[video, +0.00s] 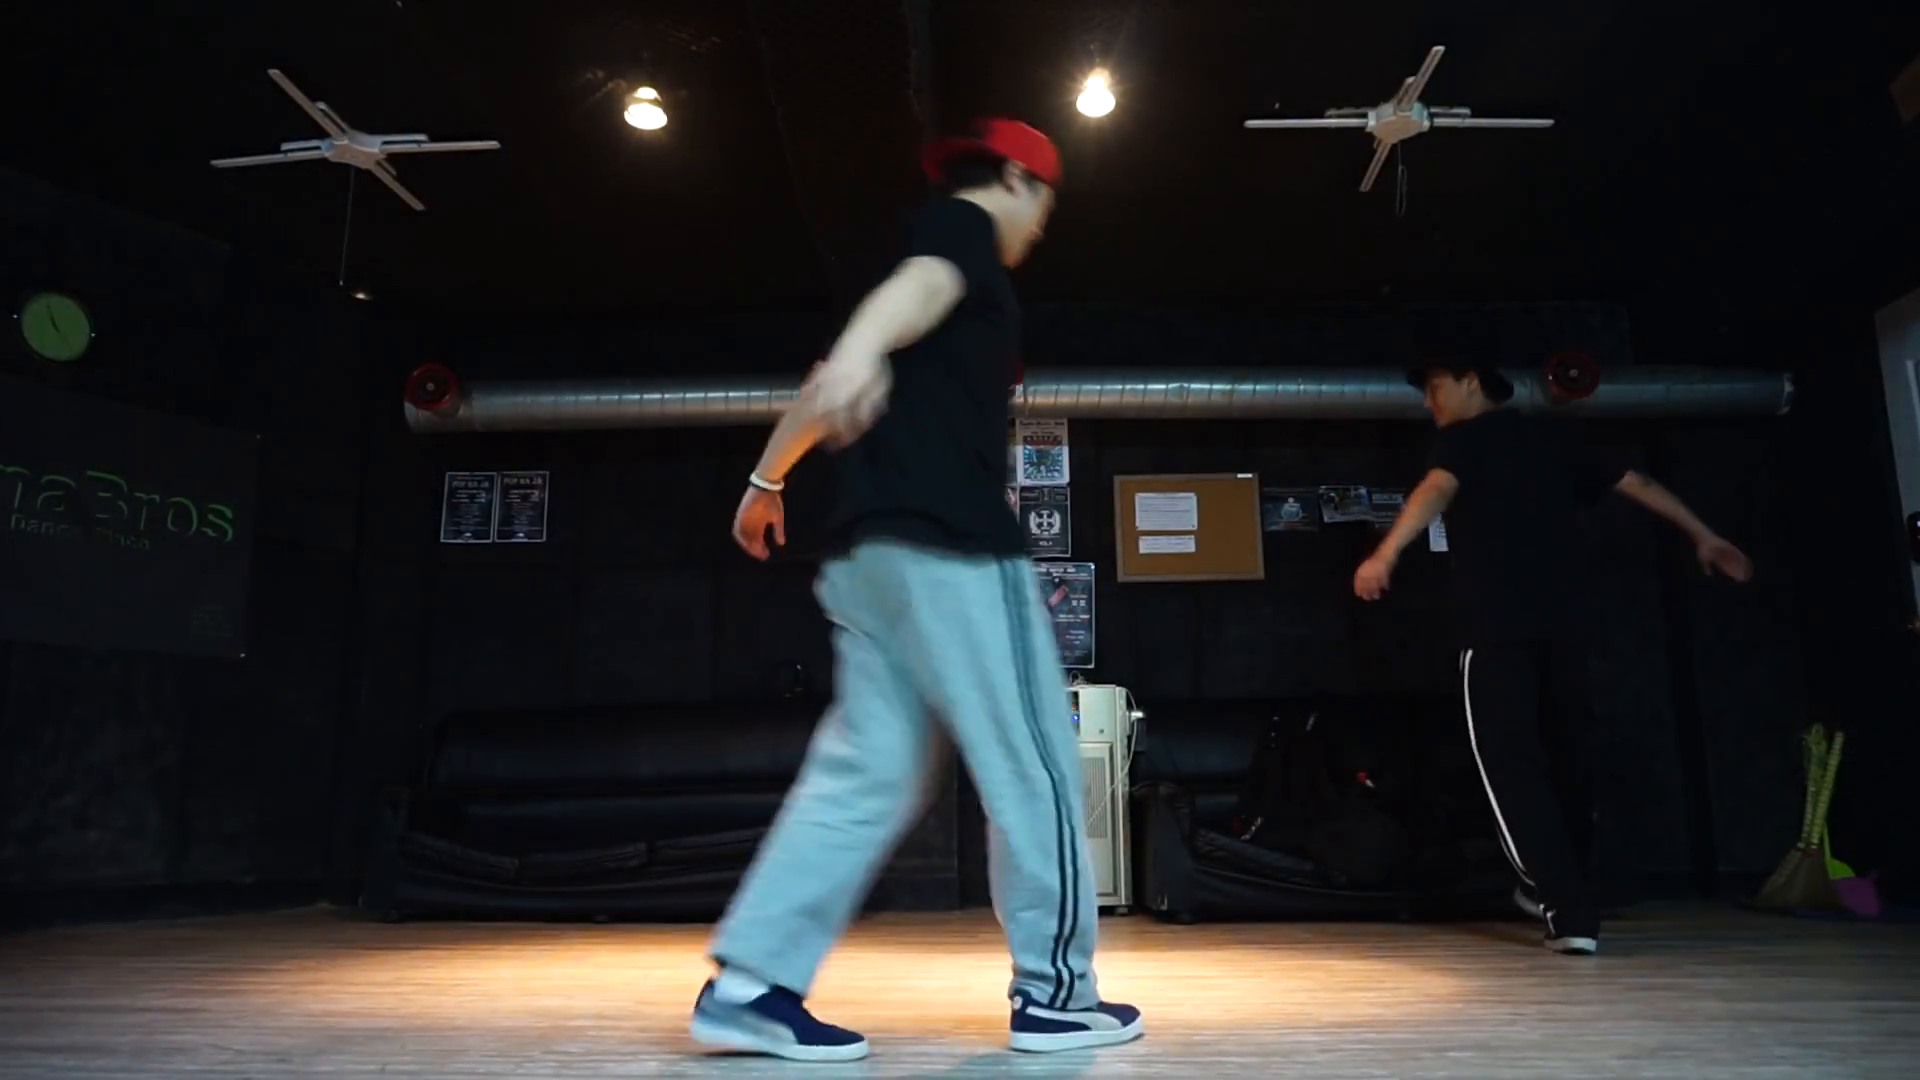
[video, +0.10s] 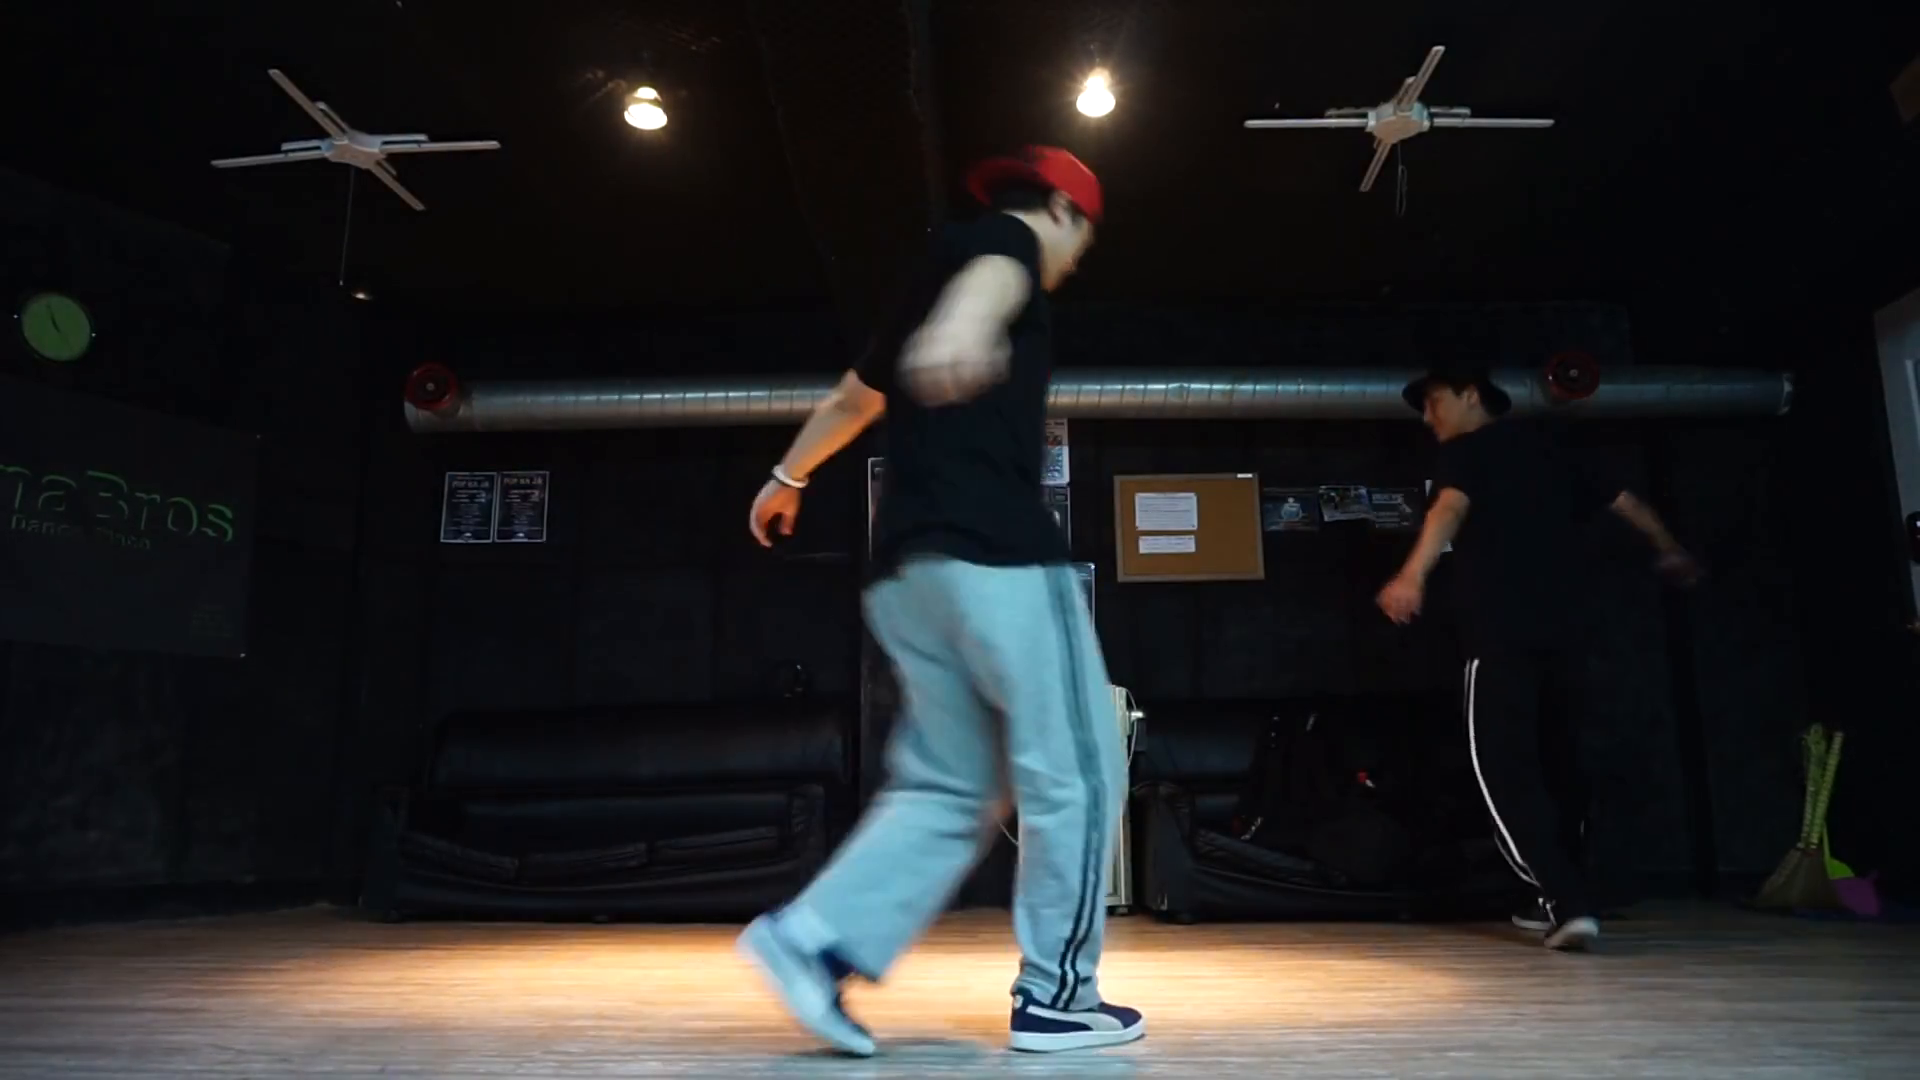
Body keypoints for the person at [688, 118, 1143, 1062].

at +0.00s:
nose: (1038, 223)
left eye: (1043, 205)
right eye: (1039, 202)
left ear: (974, 181)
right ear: (1011, 181)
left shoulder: (927, 257)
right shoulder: (965, 229)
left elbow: (831, 382)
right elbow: (907, 294)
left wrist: (767, 478)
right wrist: (861, 353)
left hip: (872, 555)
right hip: (956, 554)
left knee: (869, 771)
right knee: (1035, 767)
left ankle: (750, 988)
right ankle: (1055, 994)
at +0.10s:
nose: (1080, 252)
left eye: (1084, 237)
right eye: (1081, 232)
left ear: (1003, 204)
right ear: (1055, 208)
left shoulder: (938, 275)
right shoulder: (1013, 252)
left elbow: (858, 395)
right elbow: (974, 303)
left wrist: (789, 475)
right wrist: (960, 340)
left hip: (912, 575)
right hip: (1004, 569)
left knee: (949, 787)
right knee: (1073, 777)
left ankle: (810, 944)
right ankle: (1057, 999)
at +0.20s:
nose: (1100, 258)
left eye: (1102, 248)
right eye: (1099, 246)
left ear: (1019, 219)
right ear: (1078, 228)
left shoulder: (945, 296)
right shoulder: (1043, 257)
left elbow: (885, 417)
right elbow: (1095, 320)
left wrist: (821, 497)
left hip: (943, 580)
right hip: (1036, 569)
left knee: (1008, 772)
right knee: (1106, 782)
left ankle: (903, 901)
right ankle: (1057, 1000)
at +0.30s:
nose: (1106, 256)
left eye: (1102, 245)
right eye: (1104, 244)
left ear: (1016, 228)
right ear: (1086, 229)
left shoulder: (952, 299)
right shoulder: (1073, 264)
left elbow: (929, 430)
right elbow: (1168, 324)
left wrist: (911, 538)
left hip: (962, 570)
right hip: (1058, 561)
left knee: (1033, 754)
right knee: (1112, 778)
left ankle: (986, 897)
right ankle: (1057, 998)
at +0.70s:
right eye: (1096, 259)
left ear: (1023, 276)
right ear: (1098, 261)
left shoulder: (995, 330)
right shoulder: (1148, 304)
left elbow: (1017, 421)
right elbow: (1150, 402)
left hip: (1028, 574)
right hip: (1132, 561)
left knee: (1079, 781)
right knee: (1130, 774)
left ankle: (1135, 961)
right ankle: (1060, 961)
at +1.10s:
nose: (1040, 315)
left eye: (1038, 305)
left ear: (1037, 306)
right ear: (1109, 302)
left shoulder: (1016, 352)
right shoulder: (1170, 359)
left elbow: (975, 444)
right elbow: (1215, 471)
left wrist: (1005, 379)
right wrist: (1278, 567)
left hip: (1057, 590)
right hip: (1146, 593)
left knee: (1077, 768)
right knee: (1132, 756)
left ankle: (1131, 953)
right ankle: (1144, 936)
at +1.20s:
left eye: (1037, 316)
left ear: (1036, 319)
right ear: (1107, 312)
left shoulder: (1017, 363)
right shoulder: (1164, 365)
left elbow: (968, 444)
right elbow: (1208, 452)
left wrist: (999, 374)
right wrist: (1272, 527)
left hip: (1057, 594)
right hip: (1142, 596)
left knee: (1085, 774)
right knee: (1130, 772)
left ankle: (1134, 951)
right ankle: (1104, 932)